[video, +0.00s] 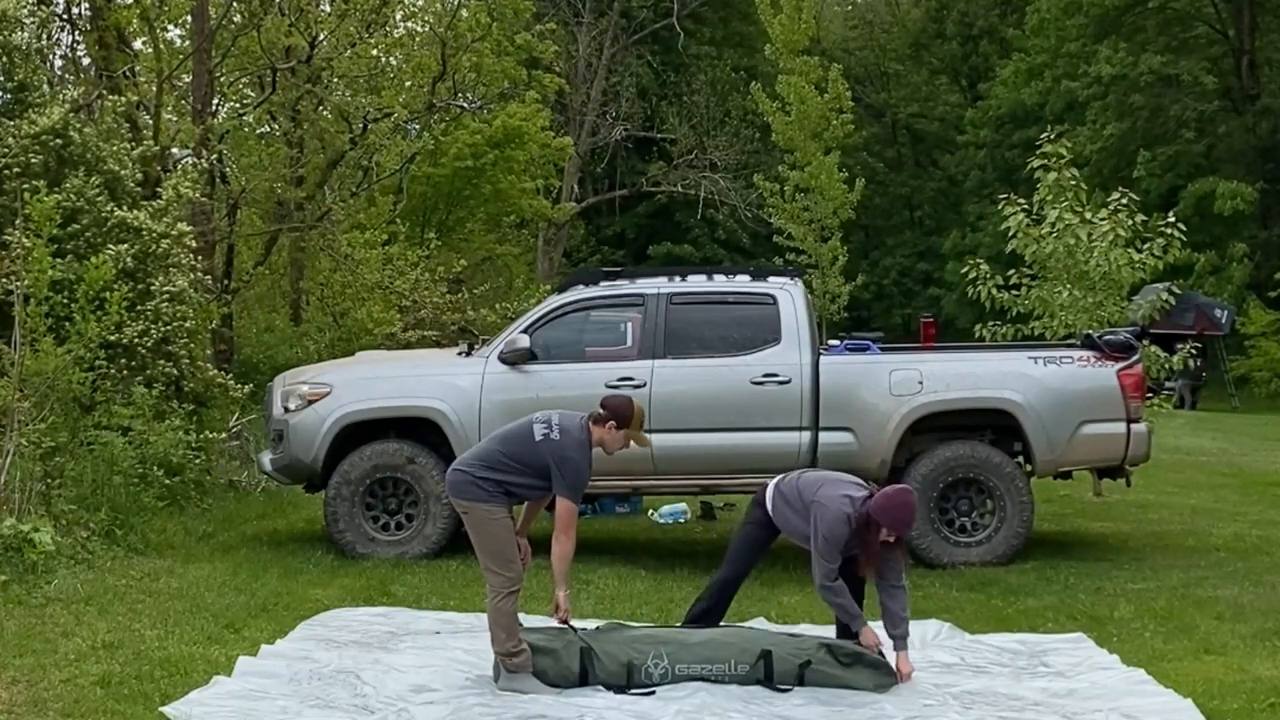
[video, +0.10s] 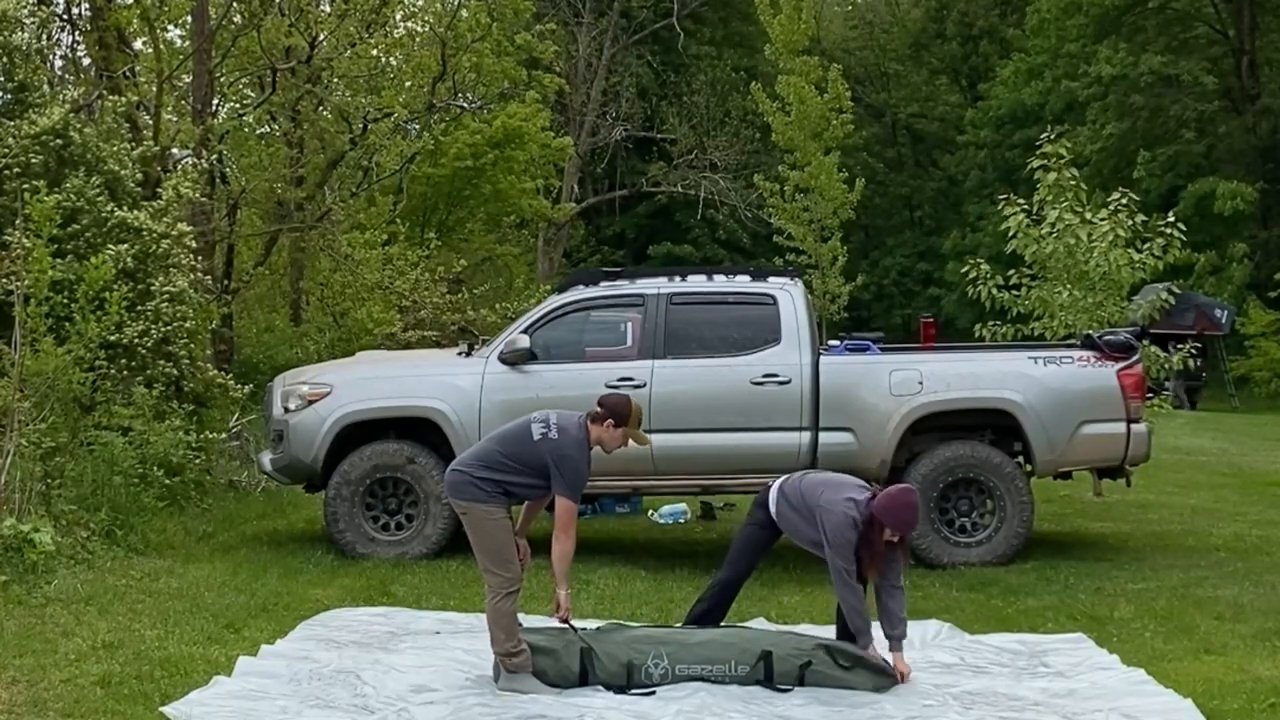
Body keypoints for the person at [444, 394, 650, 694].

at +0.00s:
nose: (627, 443)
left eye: (629, 437)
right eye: (626, 436)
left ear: (605, 423)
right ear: (609, 426)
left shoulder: (573, 427)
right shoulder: (574, 455)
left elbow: (543, 488)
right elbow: (563, 535)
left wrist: (521, 532)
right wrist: (561, 590)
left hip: (480, 482)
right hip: (477, 488)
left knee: (508, 574)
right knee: (505, 579)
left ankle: (507, 664)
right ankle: (514, 671)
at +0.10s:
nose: (626, 442)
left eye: (628, 436)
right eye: (625, 434)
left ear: (604, 421)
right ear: (607, 424)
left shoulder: (571, 427)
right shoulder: (573, 455)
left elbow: (543, 491)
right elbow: (563, 535)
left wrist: (520, 533)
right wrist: (563, 590)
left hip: (478, 483)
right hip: (475, 489)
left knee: (508, 574)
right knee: (504, 580)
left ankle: (506, 663)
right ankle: (514, 671)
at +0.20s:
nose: (624, 442)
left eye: (626, 435)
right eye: (623, 433)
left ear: (602, 421)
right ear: (605, 424)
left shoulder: (569, 427)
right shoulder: (571, 455)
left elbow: (542, 489)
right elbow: (562, 535)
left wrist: (519, 532)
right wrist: (562, 589)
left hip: (478, 484)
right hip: (475, 490)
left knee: (508, 572)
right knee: (503, 580)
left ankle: (506, 662)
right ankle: (514, 671)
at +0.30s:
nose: (623, 441)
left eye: (626, 434)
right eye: (622, 432)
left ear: (602, 420)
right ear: (605, 423)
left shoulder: (568, 427)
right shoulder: (570, 454)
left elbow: (541, 489)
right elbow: (562, 534)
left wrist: (519, 532)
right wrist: (564, 589)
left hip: (479, 485)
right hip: (474, 490)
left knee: (508, 573)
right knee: (502, 580)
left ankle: (506, 663)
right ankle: (513, 671)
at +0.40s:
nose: (623, 440)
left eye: (625, 434)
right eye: (622, 432)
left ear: (601, 420)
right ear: (605, 423)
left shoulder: (568, 427)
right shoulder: (569, 454)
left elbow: (541, 489)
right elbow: (563, 534)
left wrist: (519, 532)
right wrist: (564, 588)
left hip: (479, 485)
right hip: (474, 490)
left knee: (508, 572)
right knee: (502, 579)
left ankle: (506, 663)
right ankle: (513, 671)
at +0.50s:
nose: (624, 441)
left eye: (626, 435)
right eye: (623, 433)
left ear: (602, 420)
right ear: (606, 423)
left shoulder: (569, 427)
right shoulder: (570, 453)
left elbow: (541, 490)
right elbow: (564, 534)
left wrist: (519, 533)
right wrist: (565, 589)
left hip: (480, 486)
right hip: (475, 490)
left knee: (508, 573)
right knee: (502, 579)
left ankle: (506, 663)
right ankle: (513, 671)